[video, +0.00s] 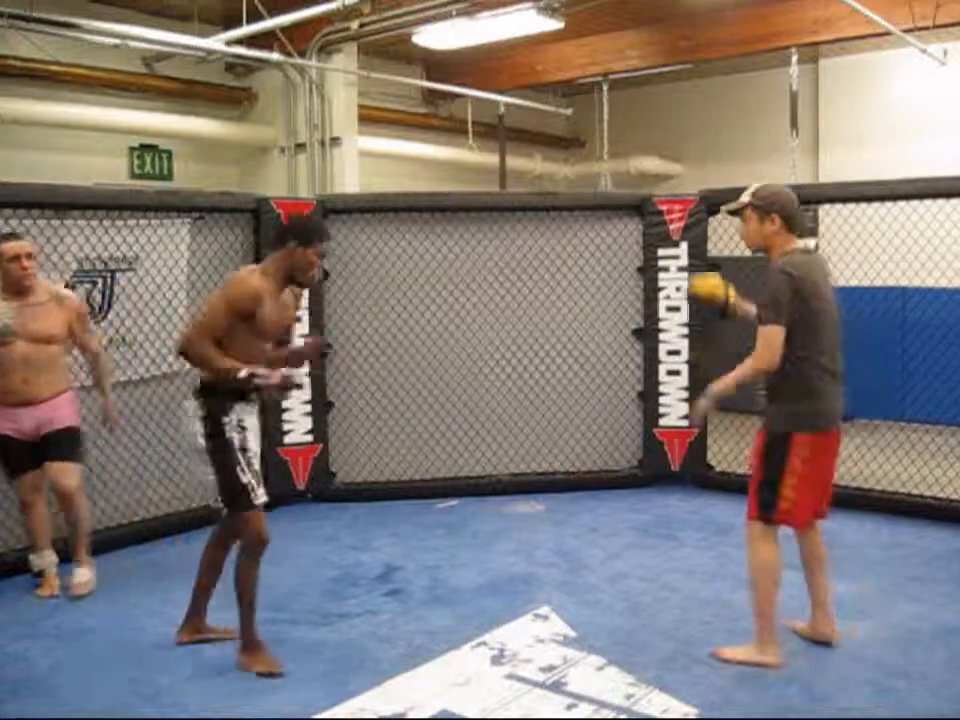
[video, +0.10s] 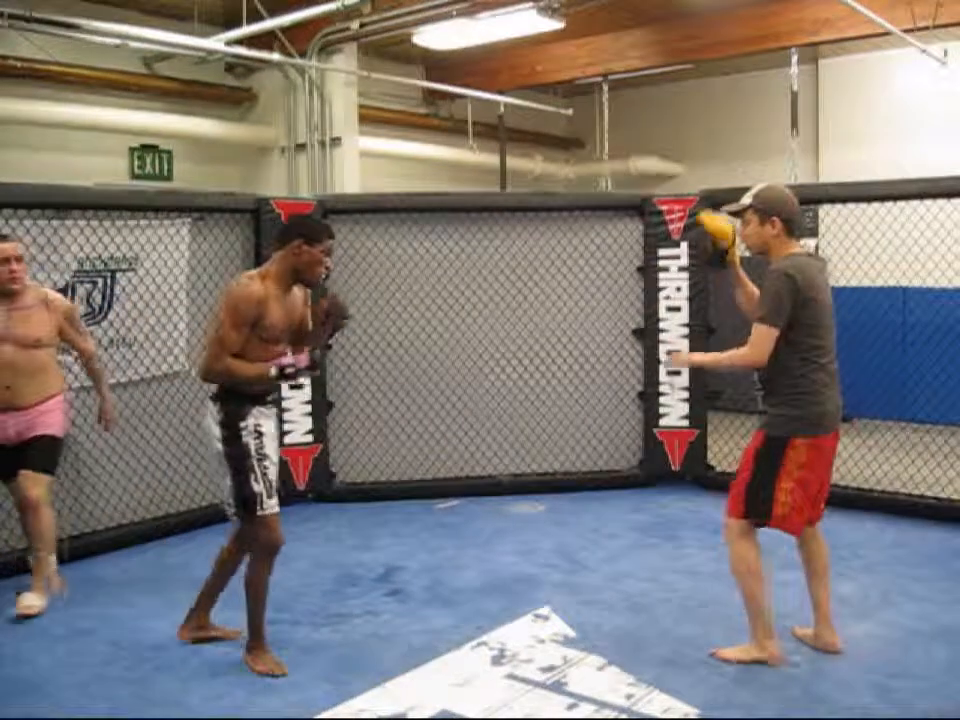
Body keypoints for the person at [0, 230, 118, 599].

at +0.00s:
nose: (24, 265)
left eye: (29, 257)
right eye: (14, 260)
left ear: (37, 260)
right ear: (1, 268)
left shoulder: (65, 304)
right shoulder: (2, 306)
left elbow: (94, 350)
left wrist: (107, 398)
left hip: (56, 406)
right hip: (10, 413)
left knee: (66, 484)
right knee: (29, 496)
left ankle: (82, 560)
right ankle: (47, 568)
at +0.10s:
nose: (14, 268)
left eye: (18, 260)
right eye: (5, 262)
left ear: (28, 263)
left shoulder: (54, 305)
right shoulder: (2, 307)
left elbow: (88, 352)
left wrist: (105, 397)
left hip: (44, 409)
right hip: (6, 415)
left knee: (33, 494)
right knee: (25, 499)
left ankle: (39, 583)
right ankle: (49, 569)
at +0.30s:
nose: (1, 273)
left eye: (3, 266)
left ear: (7, 269)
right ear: (3, 270)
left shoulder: (28, 318)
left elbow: (66, 367)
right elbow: (65, 367)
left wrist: (72, 420)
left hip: (13, 419)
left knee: (6, 504)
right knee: (8, 505)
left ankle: (5, 583)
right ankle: (39, 562)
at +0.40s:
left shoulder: (14, 316)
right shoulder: (13, 316)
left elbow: (38, 372)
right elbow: (37, 372)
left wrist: (42, 434)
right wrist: (42, 434)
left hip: (9, 419)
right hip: (10, 419)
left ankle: (17, 554)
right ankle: (16, 555)